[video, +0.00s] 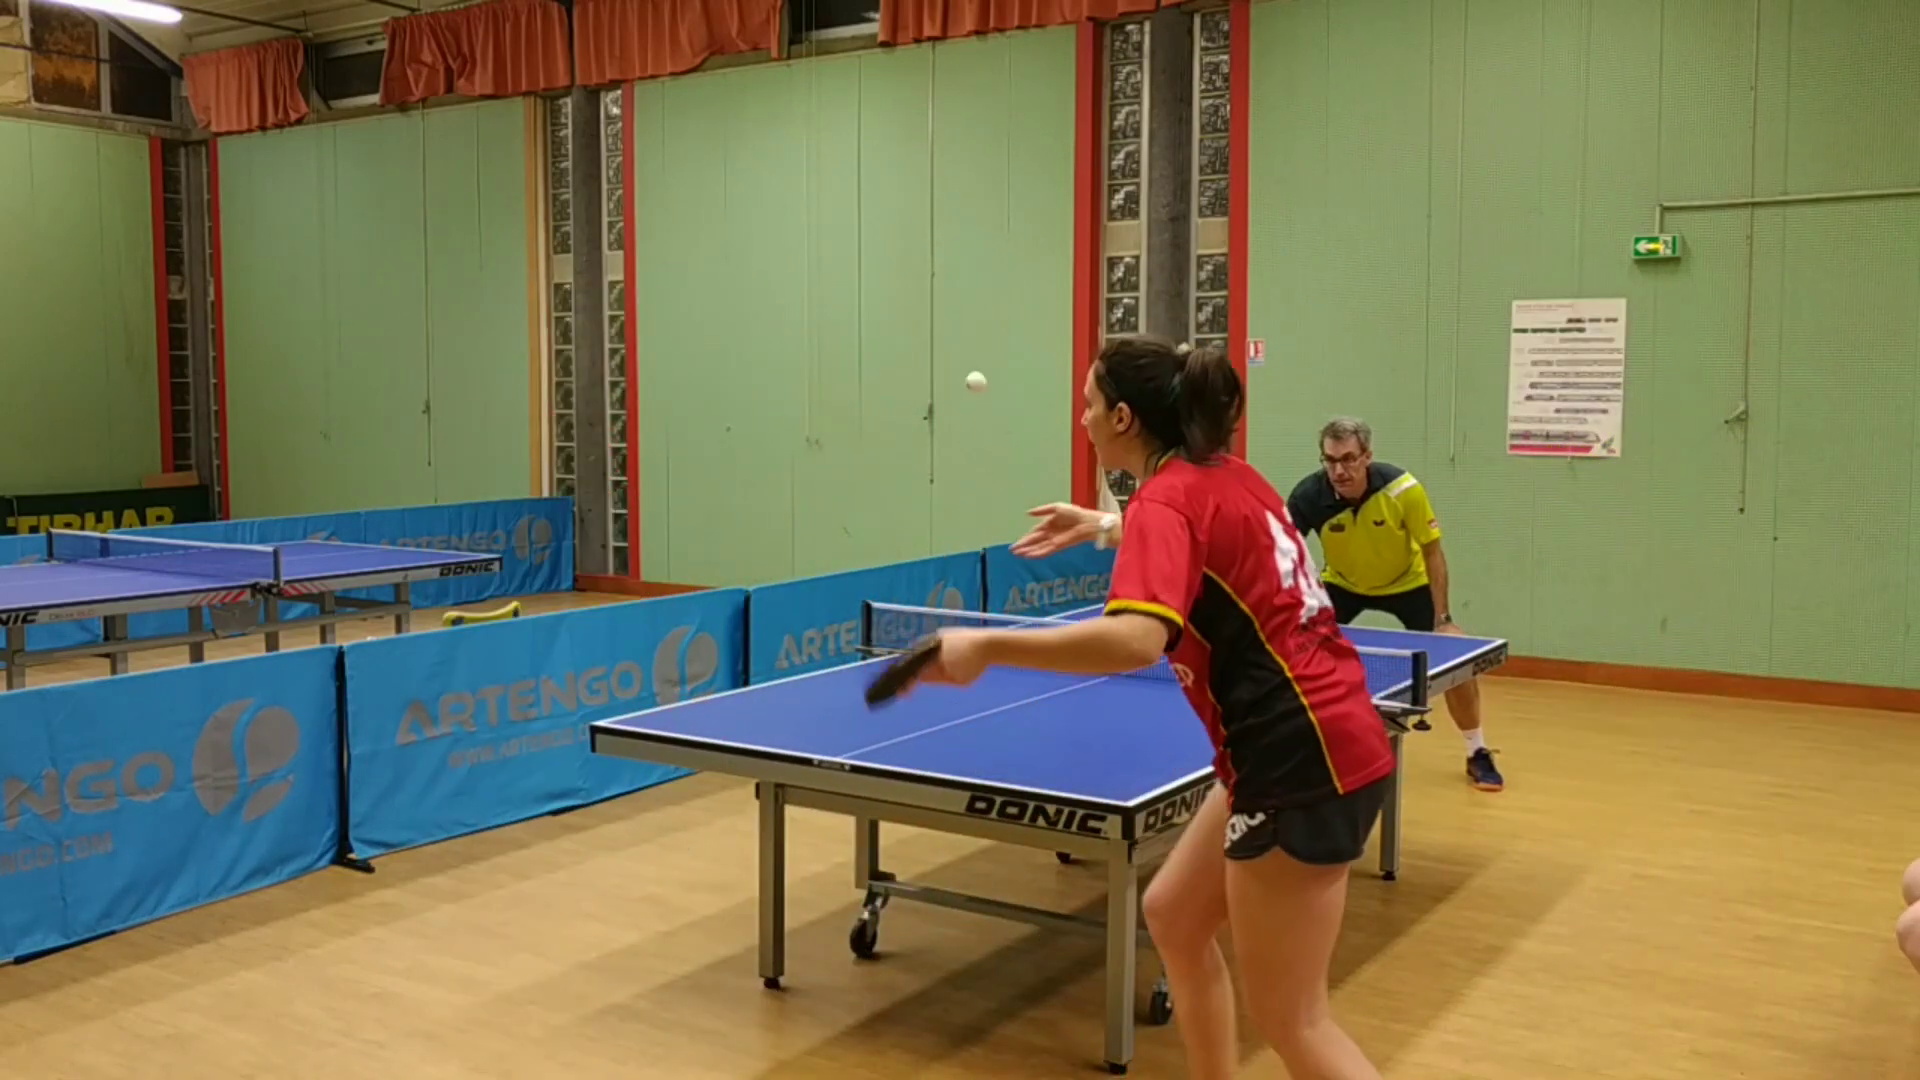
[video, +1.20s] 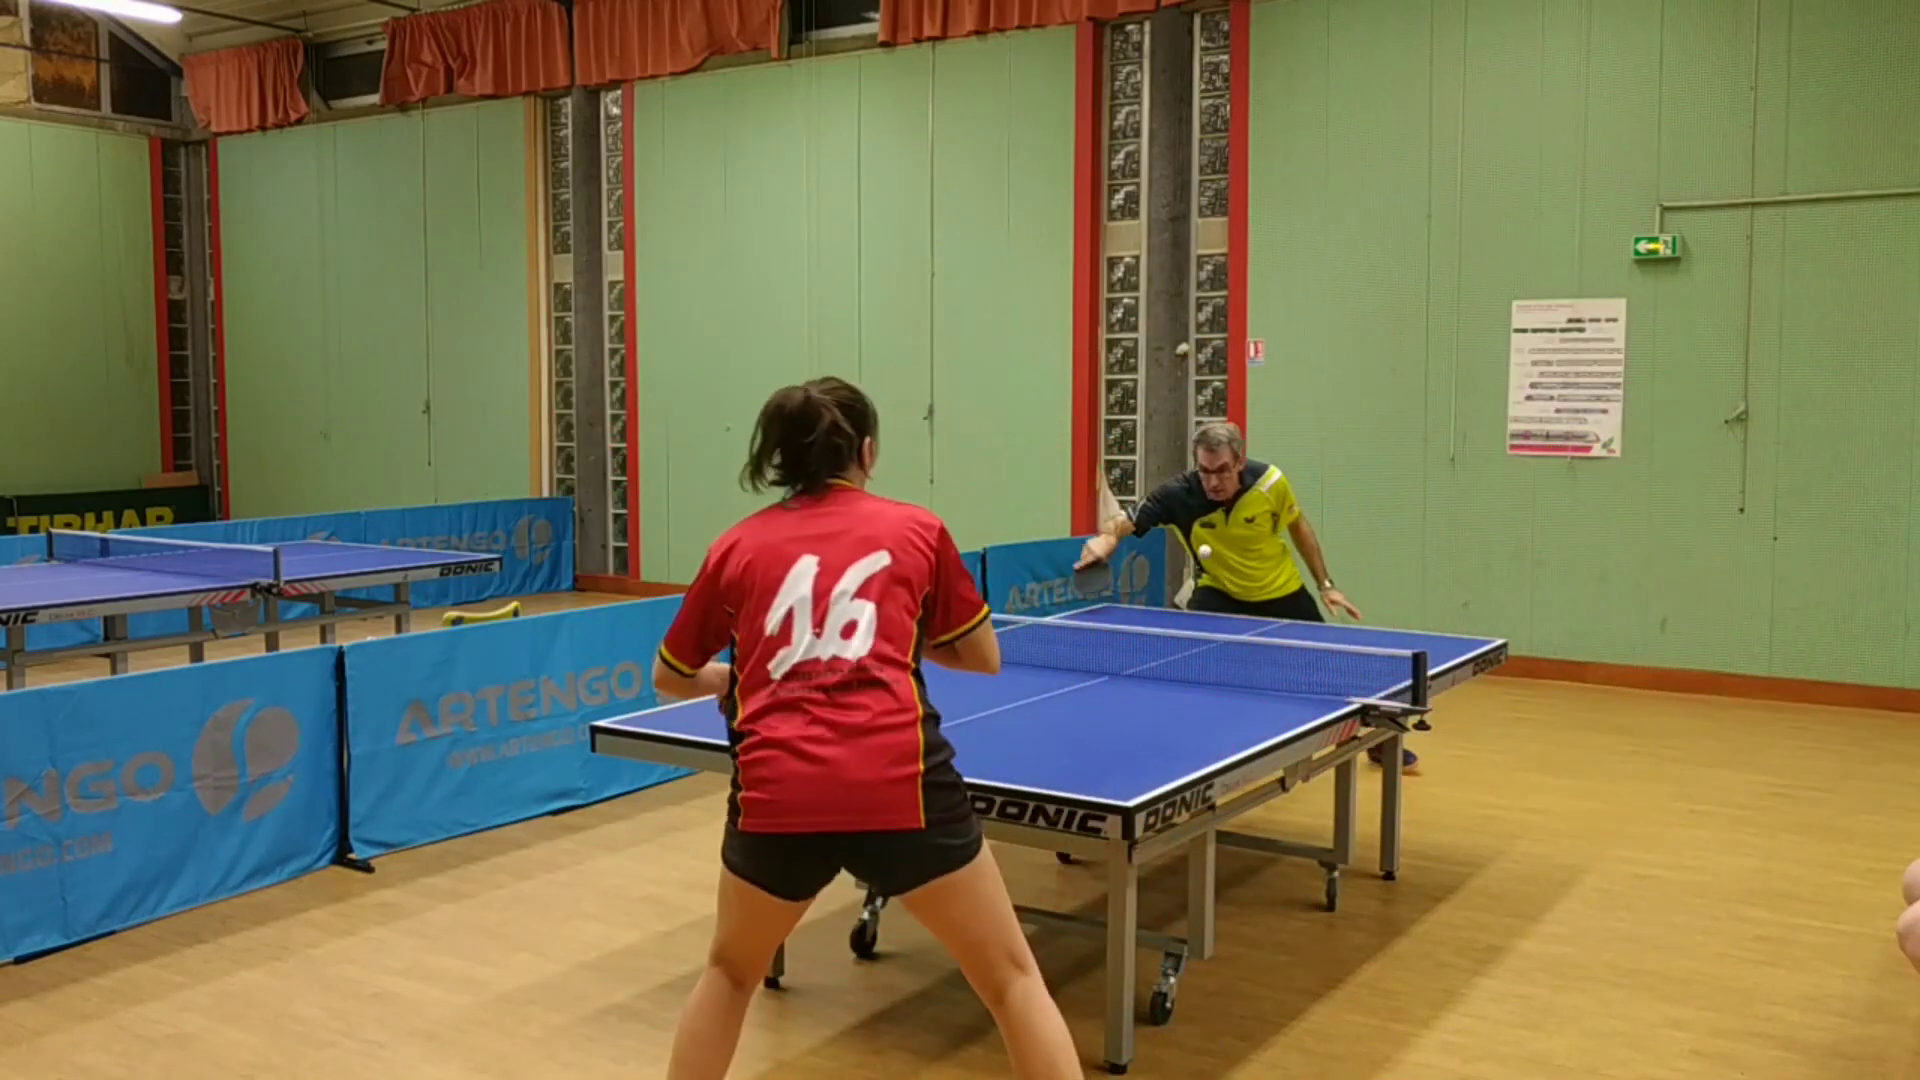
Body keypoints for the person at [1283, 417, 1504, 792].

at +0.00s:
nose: (1340, 470)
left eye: (1349, 459)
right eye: (1331, 461)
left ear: (1367, 455)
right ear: (1322, 460)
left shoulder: (1401, 487)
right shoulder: (1308, 498)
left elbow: (1432, 552)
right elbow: (1279, 548)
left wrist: (1442, 618)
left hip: (1407, 584)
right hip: (1342, 586)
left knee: (1454, 657)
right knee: (1295, 652)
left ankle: (1478, 753)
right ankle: (1290, 749)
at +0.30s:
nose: (1304, 457)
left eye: (1312, 447)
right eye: (1296, 448)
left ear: (1329, 443)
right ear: (1286, 446)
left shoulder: (1360, 472)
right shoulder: (1269, 485)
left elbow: (1390, 528)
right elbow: (1249, 544)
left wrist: (1406, 588)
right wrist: (1266, 594)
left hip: (1365, 577)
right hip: (1303, 579)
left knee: (1417, 654)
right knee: (1264, 655)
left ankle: (1467, 750)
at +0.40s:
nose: (1294, 450)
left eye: (1303, 440)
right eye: (1286, 441)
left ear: (1321, 436)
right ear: (1277, 439)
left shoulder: (1351, 463)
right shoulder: (1260, 475)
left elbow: (1378, 518)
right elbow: (1233, 530)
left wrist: (1394, 578)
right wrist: (1237, 546)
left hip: (1357, 569)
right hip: (1295, 571)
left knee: (1404, 647)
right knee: (1261, 649)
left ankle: (1443, 744)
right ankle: (1254, 745)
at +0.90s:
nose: (1267, 472)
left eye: (1276, 462)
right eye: (1259, 462)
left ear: (1294, 451)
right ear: (1249, 454)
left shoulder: (1326, 472)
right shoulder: (1236, 485)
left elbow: (1360, 519)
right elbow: (1183, 540)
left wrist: (1378, 580)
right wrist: (1225, 520)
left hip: (1329, 583)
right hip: (1267, 582)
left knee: (1378, 657)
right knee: (1220, 651)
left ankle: (1411, 740)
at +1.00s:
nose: (1243, 485)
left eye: (1252, 475)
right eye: (1235, 475)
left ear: (1269, 464)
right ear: (1225, 467)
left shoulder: (1301, 484)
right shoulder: (1211, 495)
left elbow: (1335, 533)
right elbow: (1154, 549)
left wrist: (1360, 588)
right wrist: (1197, 531)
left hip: (1309, 596)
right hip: (1244, 594)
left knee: (1359, 664)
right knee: (1188, 651)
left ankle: (1403, 740)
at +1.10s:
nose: (1224, 488)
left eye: (1233, 477)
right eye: (1216, 479)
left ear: (1251, 466)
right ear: (1205, 470)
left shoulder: (1279, 486)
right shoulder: (1191, 497)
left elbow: (1311, 533)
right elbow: (1141, 535)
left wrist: (1339, 589)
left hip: (1291, 596)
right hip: (1228, 595)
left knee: (1345, 664)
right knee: (1178, 651)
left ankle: (1398, 742)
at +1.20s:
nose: (1215, 482)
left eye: (1223, 471)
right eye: (1206, 472)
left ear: (1240, 459)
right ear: (1195, 464)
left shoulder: (1268, 482)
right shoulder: (1181, 493)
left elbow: (1299, 528)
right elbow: (1128, 521)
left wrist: (1324, 583)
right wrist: (1106, 538)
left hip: (1282, 593)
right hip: (1219, 594)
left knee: (1332, 663)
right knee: (1184, 657)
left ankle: (1379, 740)